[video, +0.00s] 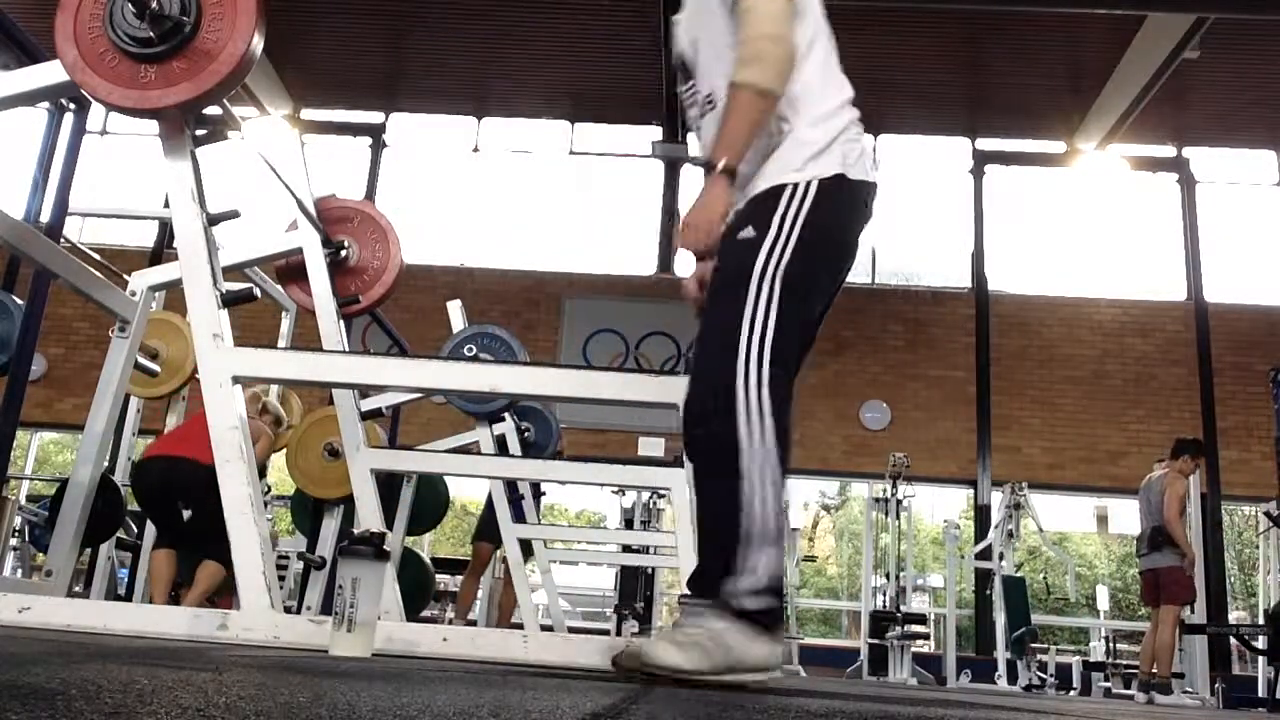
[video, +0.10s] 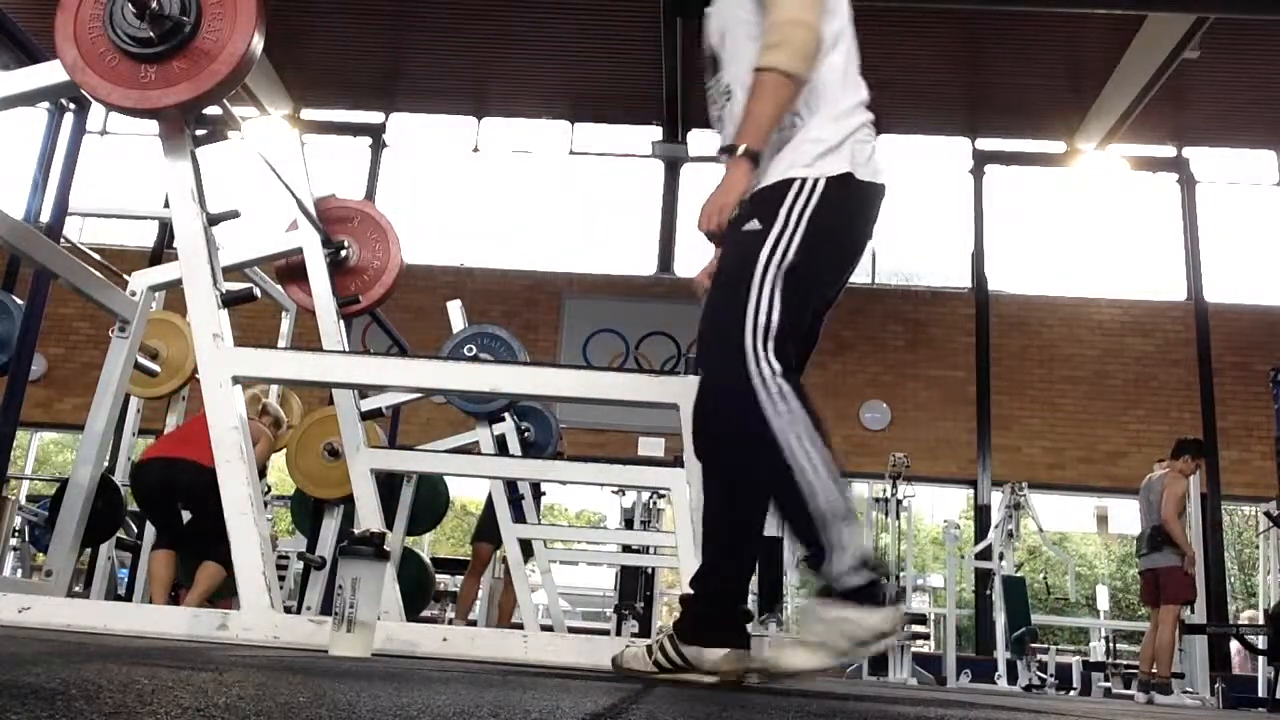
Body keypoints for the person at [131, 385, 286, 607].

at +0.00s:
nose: (271, 432)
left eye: (274, 429)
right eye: (273, 428)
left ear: (249, 408)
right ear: (267, 418)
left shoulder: (215, 412)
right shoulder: (264, 433)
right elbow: (250, 471)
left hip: (147, 467)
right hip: (198, 471)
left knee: (167, 533)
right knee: (222, 544)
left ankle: (159, 609)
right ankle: (189, 606)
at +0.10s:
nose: (273, 437)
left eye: (276, 434)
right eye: (275, 432)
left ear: (245, 407)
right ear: (269, 423)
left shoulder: (212, 414)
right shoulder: (263, 434)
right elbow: (248, 473)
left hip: (147, 469)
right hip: (199, 473)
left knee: (167, 533)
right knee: (223, 542)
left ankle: (158, 610)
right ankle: (190, 605)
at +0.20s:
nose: (272, 437)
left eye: (275, 434)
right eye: (274, 432)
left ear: (248, 411)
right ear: (267, 423)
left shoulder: (212, 415)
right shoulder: (263, 436)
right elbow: (247, 474)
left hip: (146, 471)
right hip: (196, 475)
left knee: (166, 533)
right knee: (223, 543)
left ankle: (158, 609)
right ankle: (190, 606)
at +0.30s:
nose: (272, 436)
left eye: (275, 433)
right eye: (274, 431)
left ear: (250, 412)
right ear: (267, 422)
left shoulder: (212, 415)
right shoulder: (263, 436)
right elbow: (249, 474)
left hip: (149, 471)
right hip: (199, 475)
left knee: (167, 534)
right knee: (226, 543)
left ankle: (158, 610)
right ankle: (191, 605)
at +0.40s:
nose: (272, 438)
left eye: (275, 434)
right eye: (273, 432)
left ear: (246, 412)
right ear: (265, 423)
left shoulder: (210, 418)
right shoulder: (262, 437)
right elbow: (250, 477)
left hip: (150, 477)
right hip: (201, 480)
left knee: (169, 537)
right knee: (229, 544)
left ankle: (159, 610)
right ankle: (195, 603)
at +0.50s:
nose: (272, 433)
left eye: (275, 429)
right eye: (274, 428)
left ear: (245, 411)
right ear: (264, 420)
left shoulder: (206, 419)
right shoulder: (262, 437)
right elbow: (251, 479)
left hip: (153, 479)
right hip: (202, 483)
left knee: (172, 536)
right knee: (229, 544)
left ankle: (162, 609)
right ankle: (195, 602)